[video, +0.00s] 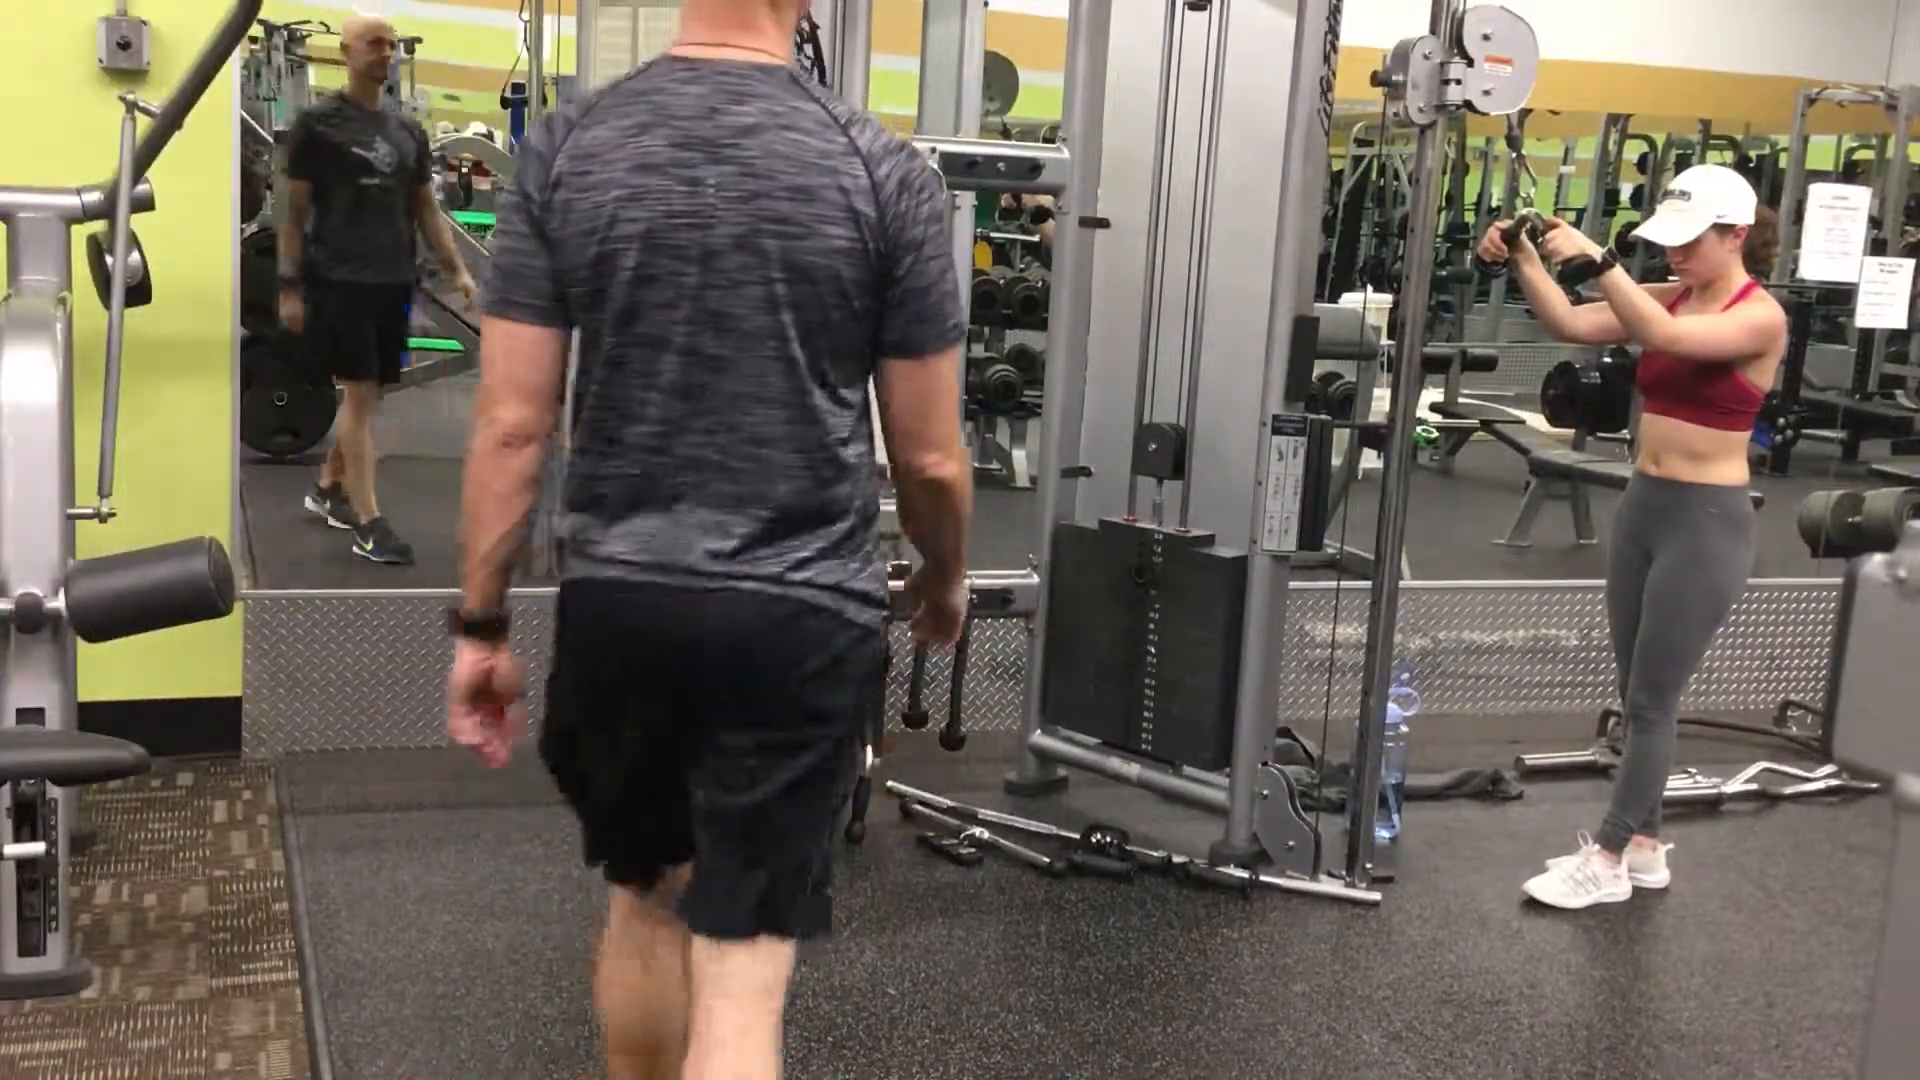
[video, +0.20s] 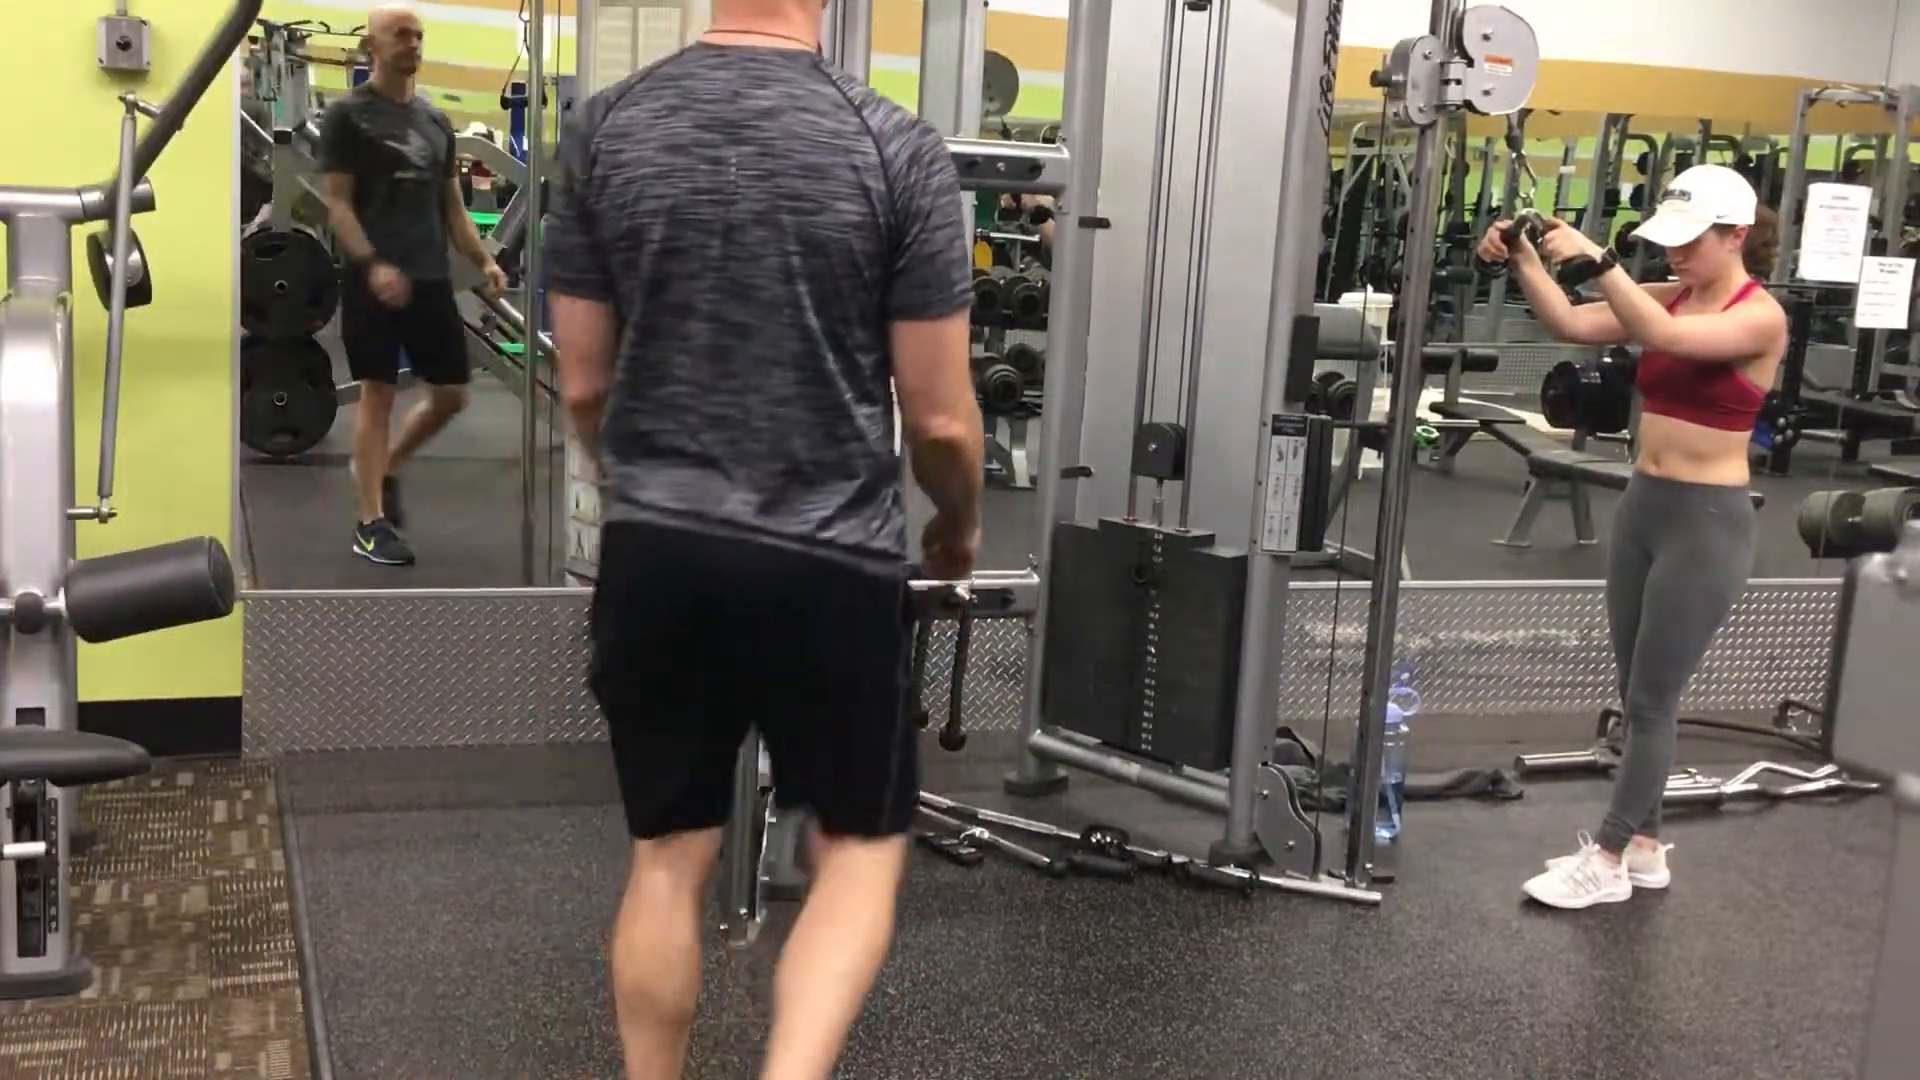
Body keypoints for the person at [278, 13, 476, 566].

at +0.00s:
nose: (385, 52)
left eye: (390, 43)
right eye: (373, 43)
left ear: (395, 52)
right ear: (346, 50)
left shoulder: (407, 132)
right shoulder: (315, 125)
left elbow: (427, 207)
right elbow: (293, 211)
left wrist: (458, 267)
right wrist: (289, 284)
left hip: (393, 280)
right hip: (337, 279)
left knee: (365, 392)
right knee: (360, 394)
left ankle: (330, 486)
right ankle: (369, 520)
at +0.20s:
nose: (412, 43)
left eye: (417, 35)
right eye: (400, 34)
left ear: (421, 44)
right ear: (371, 44)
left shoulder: (436, 123)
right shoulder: (347, 115)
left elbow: (451, 207)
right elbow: (335, 202)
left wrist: (485, 260)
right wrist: (372, 263)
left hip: (430, 277)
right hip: (371, 276)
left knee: (450, 395)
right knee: (377, 394)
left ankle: (386, 468)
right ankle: (370, 520)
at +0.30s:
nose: (428, 44)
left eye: (432, 35)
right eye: (416, 35)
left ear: (436, 44)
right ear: (386, 43)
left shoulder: (450, 122)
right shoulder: (365, 115)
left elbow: (466, 210)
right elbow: (366, 203)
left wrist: (502, 255)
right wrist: (413, 231)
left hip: (446, 279)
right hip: (388, 279)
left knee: (480, 392)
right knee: (383, 395)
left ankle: (436, 499)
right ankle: (372, 521)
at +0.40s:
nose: (446, 47)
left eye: (450, 39)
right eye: (434, 38)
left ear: (453, 48)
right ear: (406, 48)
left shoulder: (468, 126)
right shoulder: (387, 114)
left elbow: (489, 207)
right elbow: (398, 195)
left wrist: (527, 253)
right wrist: (457, 205)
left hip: (464, 287)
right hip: (406, 285)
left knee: (492, 403)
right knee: (391, 399)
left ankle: (503, 527)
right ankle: (372, 521)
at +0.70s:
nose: (500, 52)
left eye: (505, 43)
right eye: (489, 44)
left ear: (515, 52)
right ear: (466, 54)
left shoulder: (533, 124)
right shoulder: (447, 119)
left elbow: (564, 188)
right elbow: (471, 179)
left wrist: (564, 191)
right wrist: (511, 156)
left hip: (535, 285)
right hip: (474, 287)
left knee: (541, 415)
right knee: (468, 408)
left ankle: (537, 535)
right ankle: (409, 503)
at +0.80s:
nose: (510, 52)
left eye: (518, 42)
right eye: (499, 43)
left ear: (529, 51)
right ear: (479, 53)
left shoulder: (552, 115)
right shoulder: (461, 118)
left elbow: (584, 175)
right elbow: (481, 174)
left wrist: (567, 159)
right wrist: (519, 149)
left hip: (553, 281)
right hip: (490, 282)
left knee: (549, 415)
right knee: (493, 404)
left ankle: (538, 535)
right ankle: (451, 509)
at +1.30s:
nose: (536, 79)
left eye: (546, 69)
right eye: (531, 69)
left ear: (568, 71)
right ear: (523, 73)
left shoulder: (587, 123)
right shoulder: (515, 121)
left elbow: (593, 161)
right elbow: (503, 189)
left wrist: (544, 103)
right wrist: (506, 129)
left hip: (580, 282)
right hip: (523, 282)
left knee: (571, 428)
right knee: (527, 428)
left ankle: (565, 552)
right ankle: (528, 550)